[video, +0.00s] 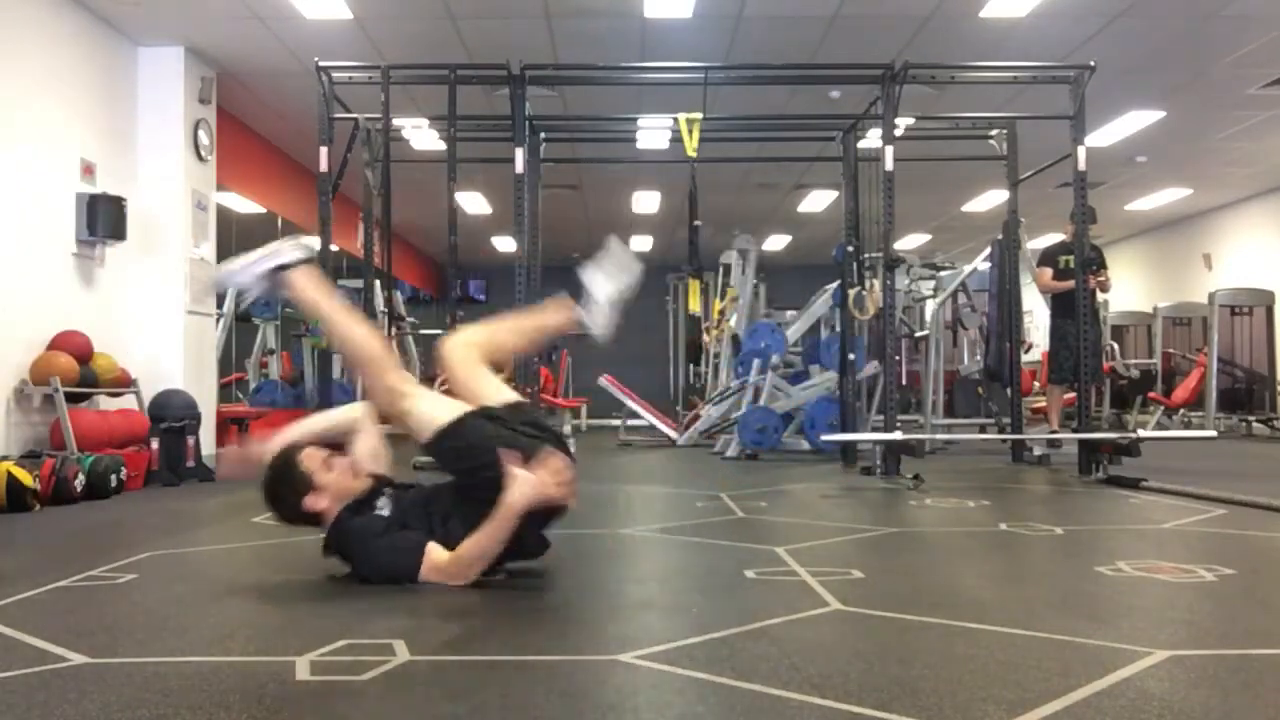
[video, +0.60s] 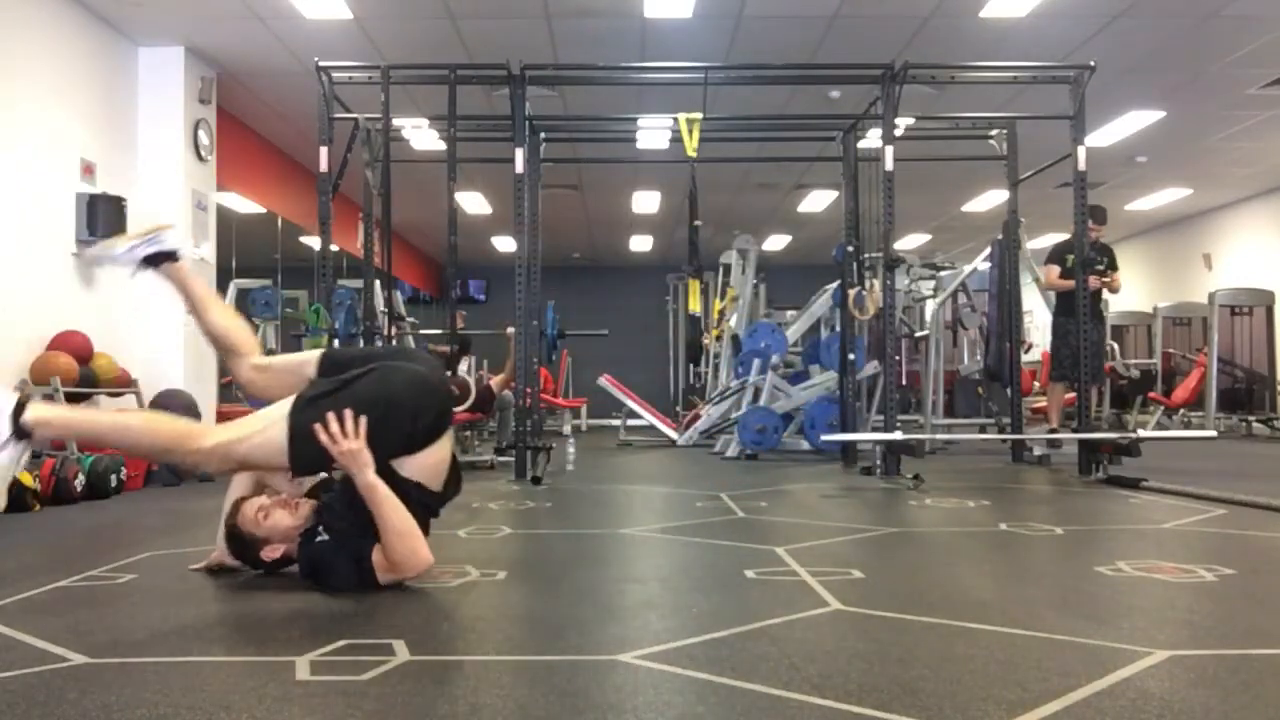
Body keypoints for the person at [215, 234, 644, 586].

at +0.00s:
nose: (344, 459)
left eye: (336, 456)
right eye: (329, 463)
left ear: (344, 467)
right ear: (317, 500)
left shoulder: (375, 494)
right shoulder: (359, 536)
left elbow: (365, 418)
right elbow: (453, 572)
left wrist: (284, 437)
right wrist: (517, 501)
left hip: (536, 455)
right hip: (512, 481)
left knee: (458, 347)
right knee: (391, 386)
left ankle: (583, 309)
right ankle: (293, 272)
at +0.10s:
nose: (310, 458)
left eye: (300, 457)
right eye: (295, 469)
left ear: (324, 463)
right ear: (298, 516)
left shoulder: (357, 510)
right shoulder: (339, 546)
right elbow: (438, 566)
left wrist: (244, 524)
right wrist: (461, 474)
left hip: (497, 431)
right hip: (501, 456)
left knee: (392, 336)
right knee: (331, 401)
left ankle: (465, 230)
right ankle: (198, 305)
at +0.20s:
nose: (299, 476)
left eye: (288, 475)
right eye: (284, 488)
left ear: (307, 490)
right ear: (289, 524)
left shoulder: (348, 516)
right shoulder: (334, 551)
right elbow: (431, 564)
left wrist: (238, 536)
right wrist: (421, 467)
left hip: (474, 415)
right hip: (474, 442)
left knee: (352, 335)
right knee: (298, 403)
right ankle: (144, 324)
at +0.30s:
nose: (285, 487)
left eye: (275, 492)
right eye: (277, 501)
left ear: (287, 501)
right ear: (287, 531)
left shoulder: (342, 504)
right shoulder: (332, 557)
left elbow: (275, 464)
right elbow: (433, 567)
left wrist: (234, 534)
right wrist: (400, 476)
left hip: (452, 397)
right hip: (461, 423)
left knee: (312, 342)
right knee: (268, 405)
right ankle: (103, 343)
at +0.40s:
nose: (283, 488)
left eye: (272, 489)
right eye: (273, 505)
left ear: (285, 489)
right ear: (286, 541)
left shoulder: (338, 508)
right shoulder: (333, 553)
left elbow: (268, 457)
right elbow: (427, 564)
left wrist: (237, 535)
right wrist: (392, 474)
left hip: (432, 385)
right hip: (440, 408)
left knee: (294, 350)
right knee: (250, 409)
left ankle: (253, 218)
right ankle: (77, 363)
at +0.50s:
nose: (277, 497)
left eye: (270, 499)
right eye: (269, 512)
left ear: (289, 498)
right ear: (281, 545)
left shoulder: (327, 507)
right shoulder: (327, 554)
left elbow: (266, 458)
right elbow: (422, 562)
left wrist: (231, 541)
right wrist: (377, 470)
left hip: (418, 384)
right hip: (430, 403)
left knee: (271, 363)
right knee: (225, 428)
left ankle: (208, 240)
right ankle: (51, 383)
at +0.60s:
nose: (271, 500)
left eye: (266, 501)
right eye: (265, 515)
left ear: (282, 497)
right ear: (277, 548)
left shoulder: (322, 508)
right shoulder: (324, 557)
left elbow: (261, 461)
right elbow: (417, 562)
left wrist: (228, 540)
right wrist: (363, 474)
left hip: (402, 370)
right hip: (406, 400)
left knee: (253, 373)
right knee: (209, 452)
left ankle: (168, 260)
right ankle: (28, 418)